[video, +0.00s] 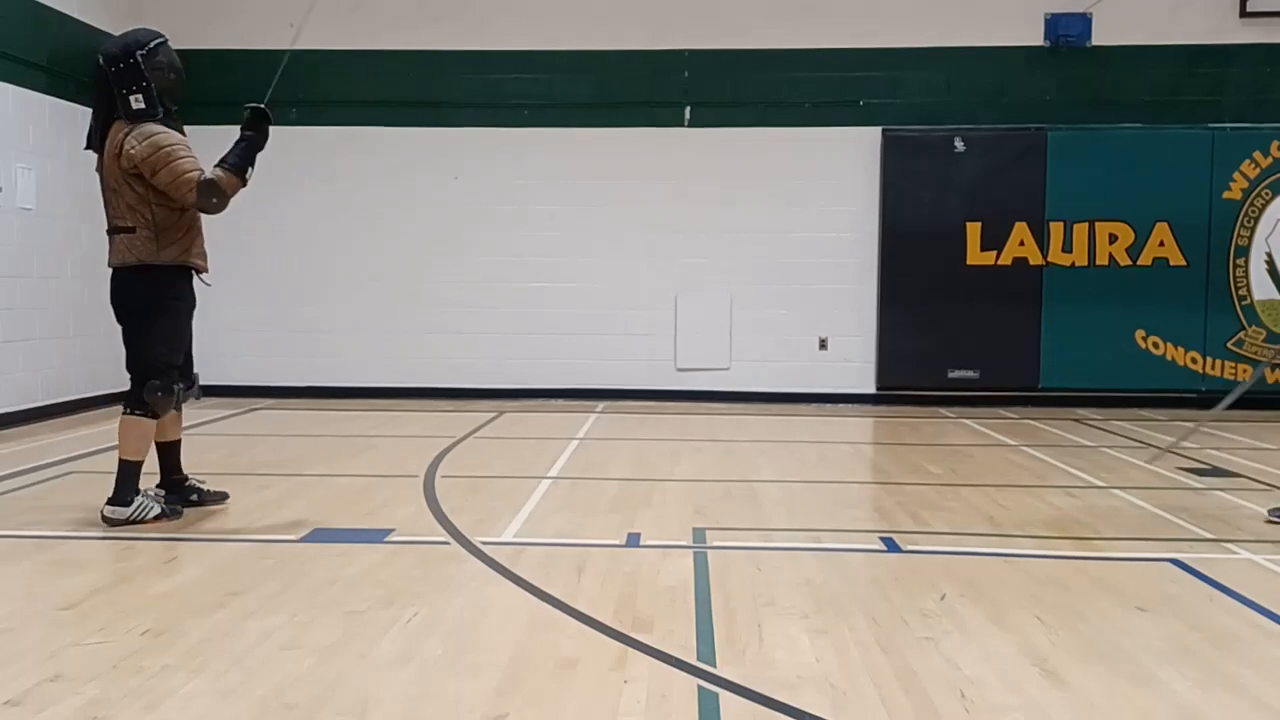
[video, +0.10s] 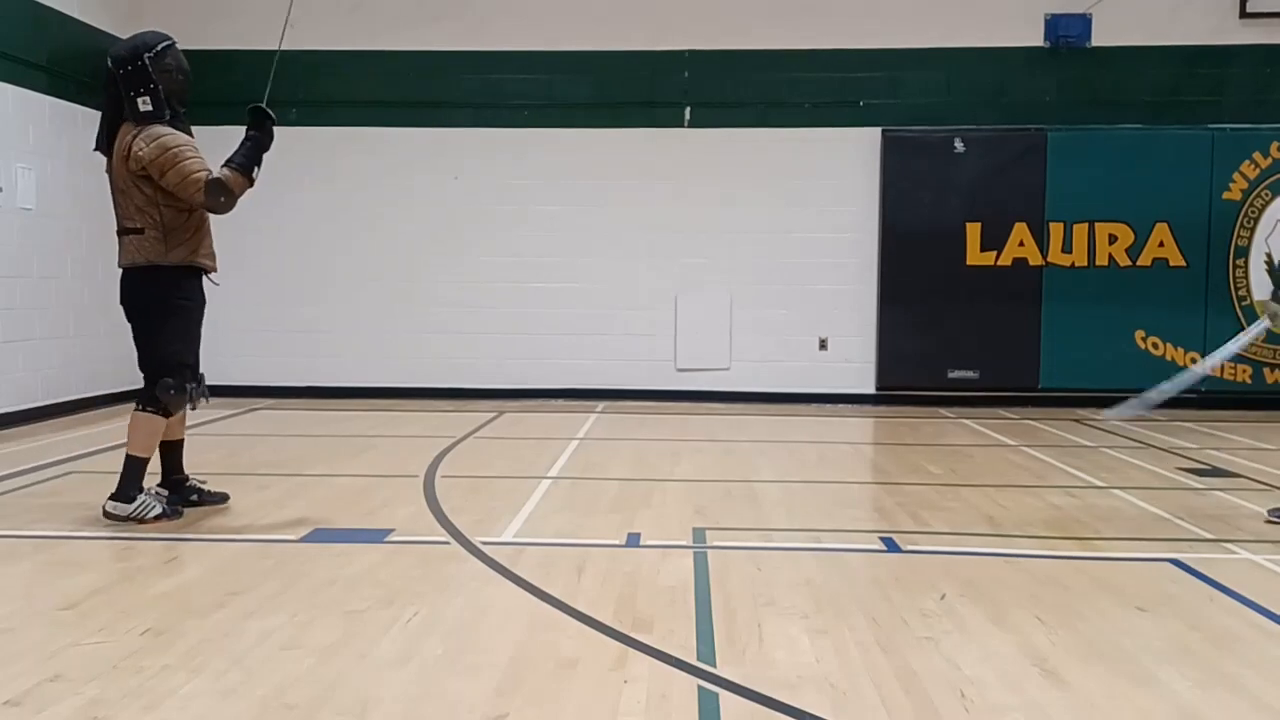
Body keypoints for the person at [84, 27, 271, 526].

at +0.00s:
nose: (177, 74)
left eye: (172, 63)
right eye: (166, 66)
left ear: (124, 82)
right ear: (143, 78)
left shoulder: (120, 136)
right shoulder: (150, 139)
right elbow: (211, 195)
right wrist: (250, 141)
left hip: (148, 278)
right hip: (156, 280)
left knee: (170, 383)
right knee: (150, 385)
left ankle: (174, 483)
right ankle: (124, 498)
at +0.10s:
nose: (183, 78)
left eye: (179, 68)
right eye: (172, 71)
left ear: (132, 86)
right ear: (150, 82)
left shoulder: (130, 138)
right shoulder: (158, 140)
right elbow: (219, 196)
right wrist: (255, 143)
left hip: (155, 278)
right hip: (167, 280)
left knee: (176, 383)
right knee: (165, 385)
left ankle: (174, 483)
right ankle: (127, 494)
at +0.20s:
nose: (190, 79)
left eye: (186, 69)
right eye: (180, 72)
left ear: (139, 86)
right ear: (157, 82)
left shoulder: (136, 139)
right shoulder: (165, 141)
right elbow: (222, 197)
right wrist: (259, 146)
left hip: (155, 279)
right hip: (177, 280)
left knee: (177, 383)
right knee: (178, 385)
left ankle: (175, 482)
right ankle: (131, 489)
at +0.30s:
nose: (196, 77)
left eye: (192, 67)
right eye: (186, 69)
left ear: (147, 85)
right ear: (164, 81)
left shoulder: (142, 138)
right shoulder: (169, 142)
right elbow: (224, 198)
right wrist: (263, 146)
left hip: (159, 280)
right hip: (179, 282)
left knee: (179, 383)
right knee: (185, 385)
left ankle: (175, 482)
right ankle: (133, 487)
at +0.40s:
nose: (201, 82)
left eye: (197, 72)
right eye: (191, 74)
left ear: (150, 87)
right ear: (169, 83)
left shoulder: (145, 139)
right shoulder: (170, 142)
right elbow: (223, 198)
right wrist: (266, 151)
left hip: (157, 280)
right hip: (178, 281)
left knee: (179, 382)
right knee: (184, 384)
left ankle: (175, 481)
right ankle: (136, 485)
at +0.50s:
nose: (206, 87)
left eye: (205, 78)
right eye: (198, 78)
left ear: (161, 87)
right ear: (171, 83)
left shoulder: (148, 136)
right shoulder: (168, 140)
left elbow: (206, 191)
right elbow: (218, 198)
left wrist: (252, 171)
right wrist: (267, 159)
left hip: (158, 279)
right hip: (173, 280)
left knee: (179, 381)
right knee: (183, 384)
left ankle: (174, 480)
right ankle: (135, 484)